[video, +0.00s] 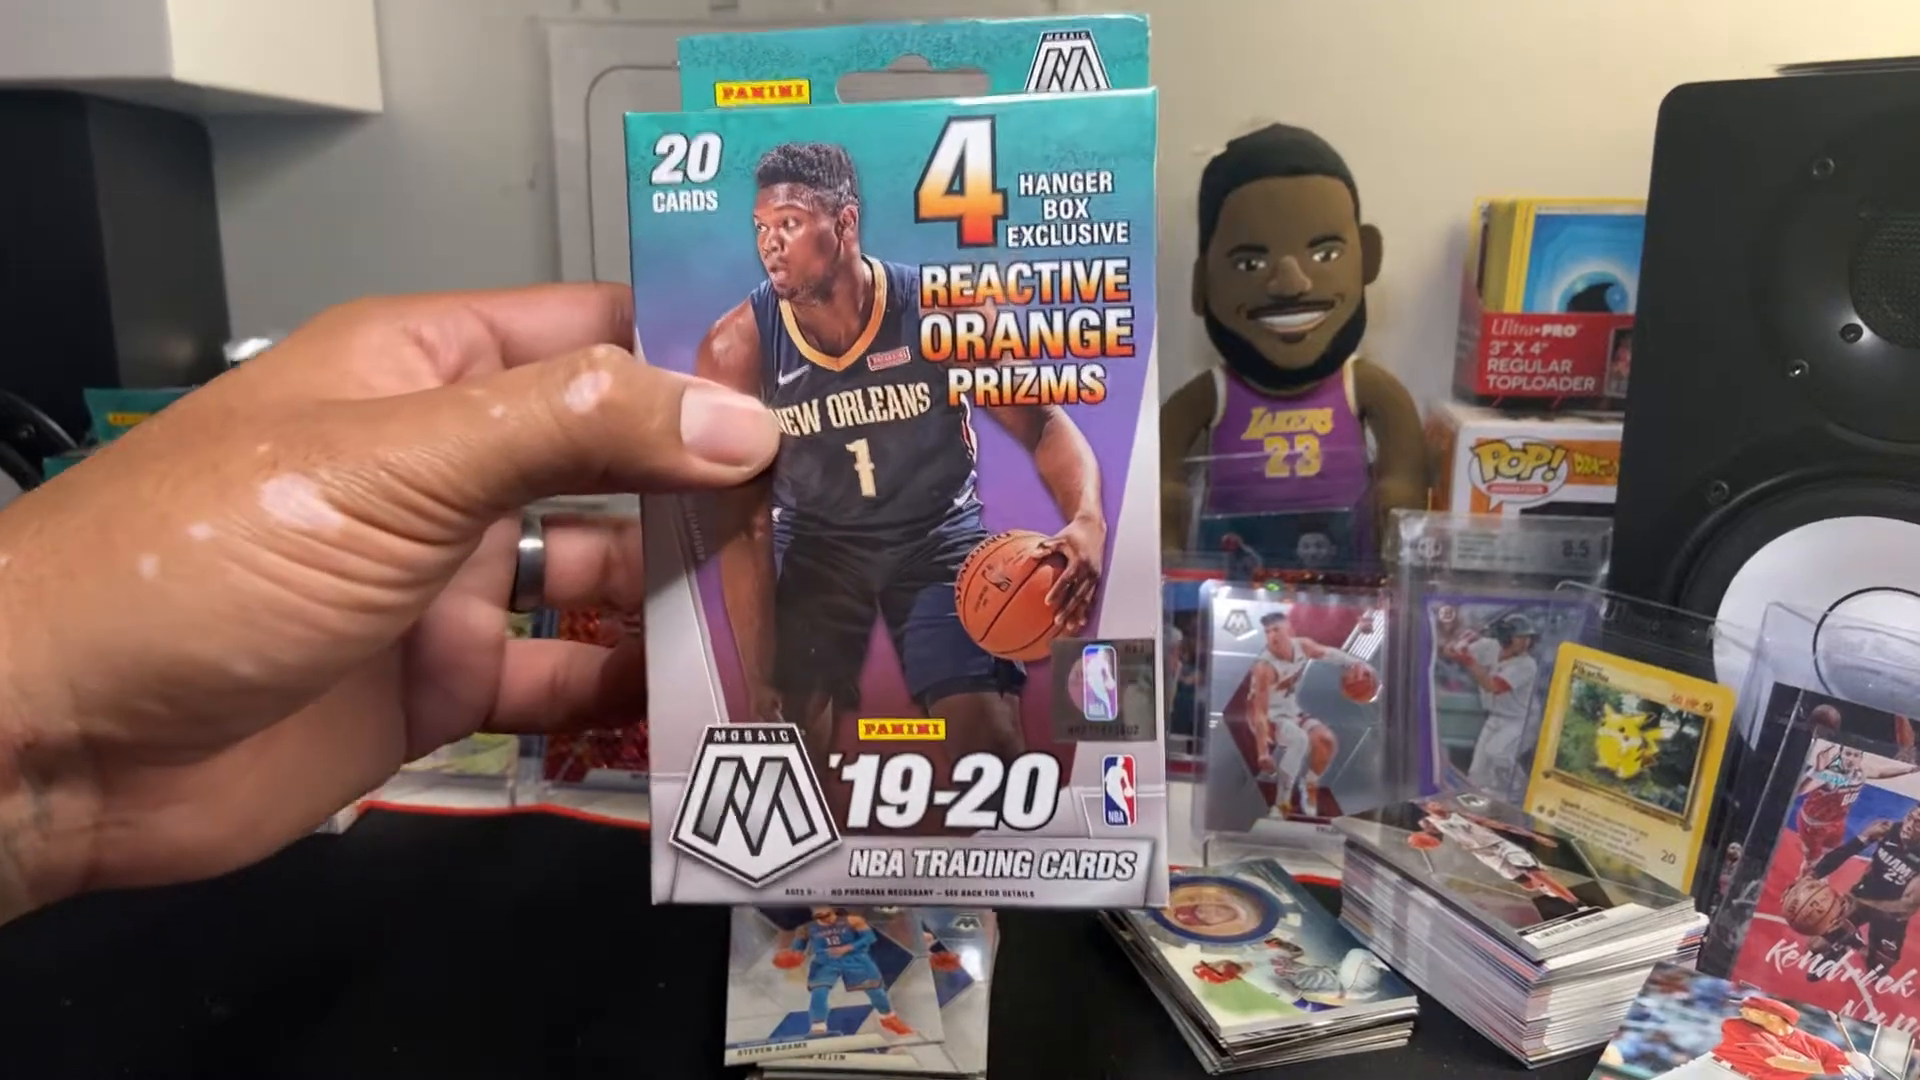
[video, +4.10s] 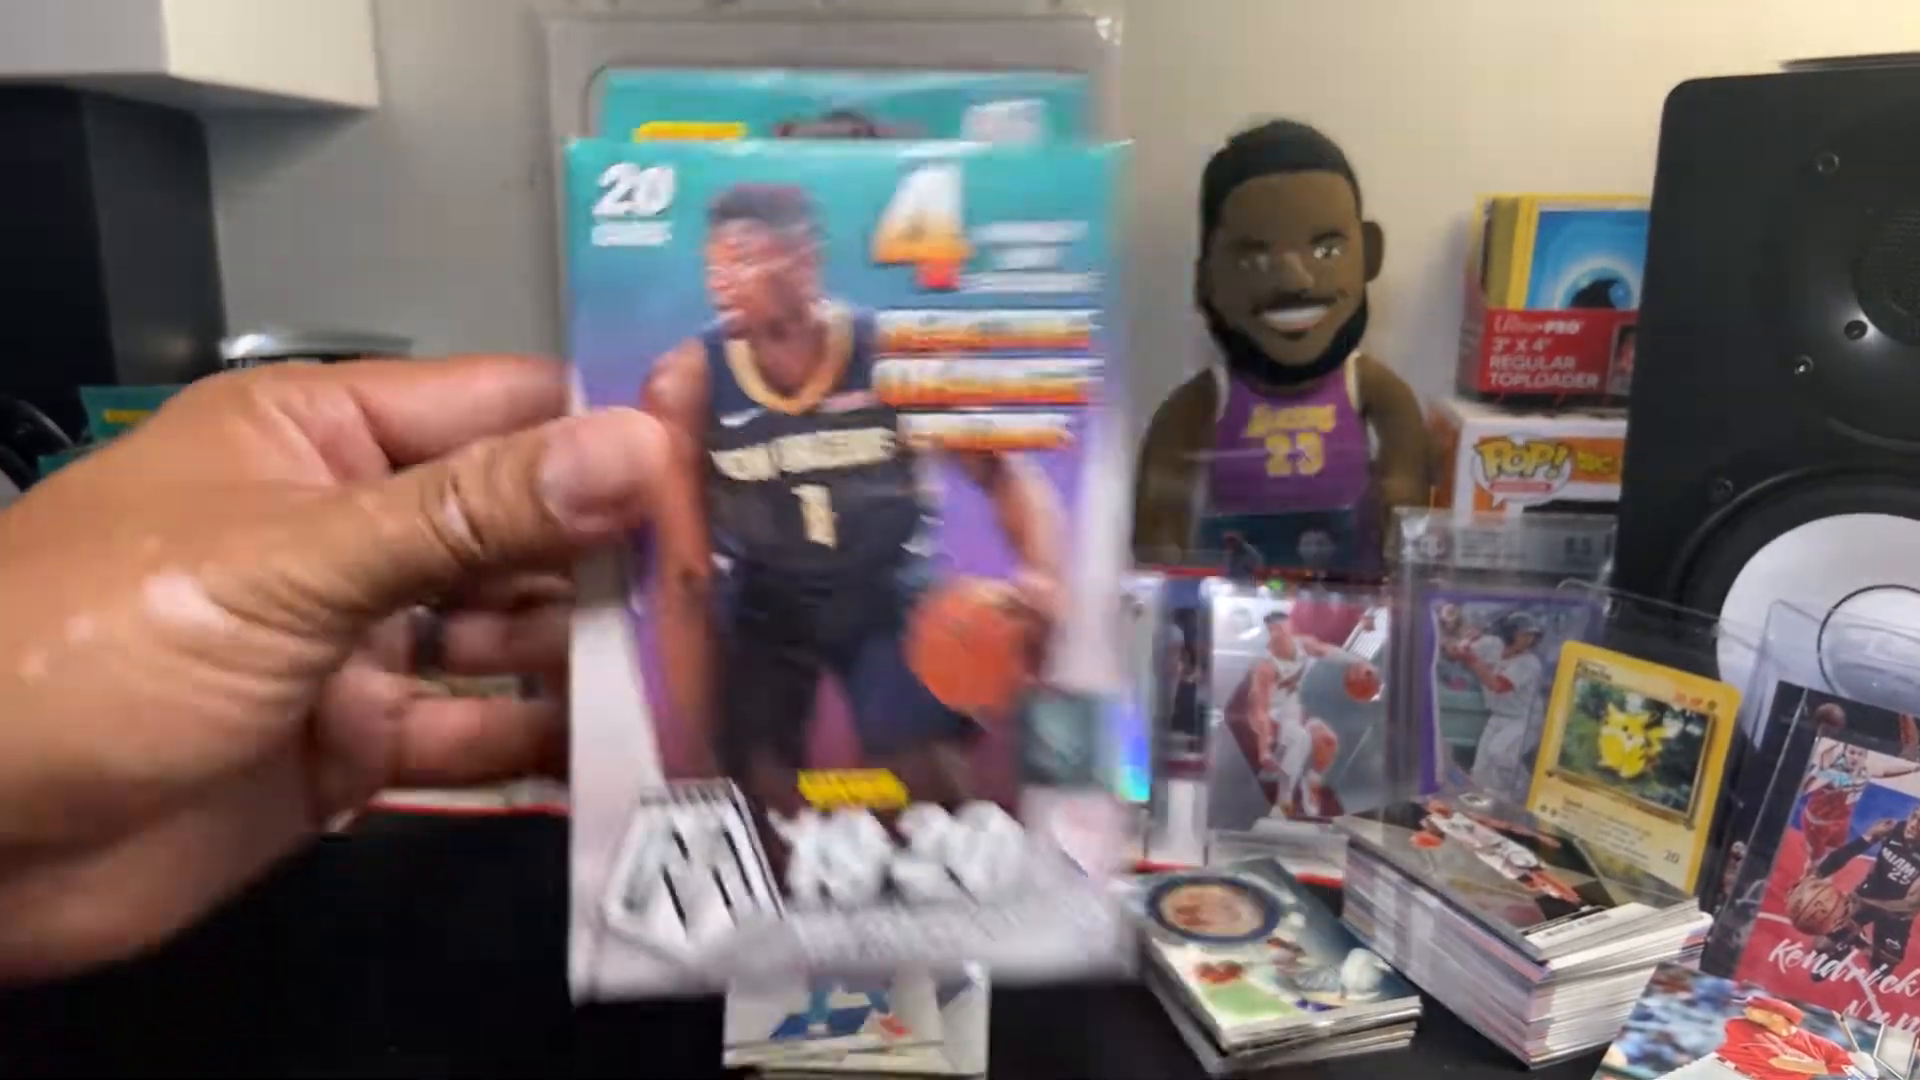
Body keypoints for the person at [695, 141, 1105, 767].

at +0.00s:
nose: (770, 245)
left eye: (789, 224)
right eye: (762, 228)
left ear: (847, 223)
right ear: (754, 234)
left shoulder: (939, 312)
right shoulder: (738, 346)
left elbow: (1041, 425)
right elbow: (742, 524)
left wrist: (1088, 519)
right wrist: (758, 688)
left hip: (940, 536)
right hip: (819, 546)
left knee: (984, 730)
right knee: (797, 735)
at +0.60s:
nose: (812, 268)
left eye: (830, 245)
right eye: (802, 251)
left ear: (889, 244)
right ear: (792, 260)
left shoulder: (984, 334)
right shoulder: (779, 371)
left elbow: (1094, 451)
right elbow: (786, 554)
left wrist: (1143, 547)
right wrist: (805, 717)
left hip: (990, 573)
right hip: (870, 585)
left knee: (1038, 761)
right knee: (857, 770)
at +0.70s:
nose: (821, 346)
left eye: (839, 322)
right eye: (811, 328)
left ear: (898, 322)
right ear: (803, 335)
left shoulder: (998, 413)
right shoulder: (788, 451)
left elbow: (1113, 532)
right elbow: (795, 642)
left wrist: (1163, 629)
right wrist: (815, 815)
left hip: (1004, 661)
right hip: (882, 671)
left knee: (1059, 851)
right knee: (867, 860)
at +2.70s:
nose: (750, 293)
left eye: (770, 273)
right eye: (743, 277)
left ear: (832, 273)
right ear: (735, 285)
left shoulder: (925, 362)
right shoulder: (716, 400)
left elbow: (1031, 477)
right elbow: (725, 586)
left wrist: (1076, 573)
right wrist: (739, 752)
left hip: (931, 595)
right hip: (804, 606)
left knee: (970, 786)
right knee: (783, 799)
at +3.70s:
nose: (759, 313)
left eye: (782, 289)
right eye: (751, 293)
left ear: (850, 286)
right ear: (743, 301)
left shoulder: (956, 386)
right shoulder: (723, 431)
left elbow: (1078, 513)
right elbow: (735, 642)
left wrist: (1135, 621)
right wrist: (751, 838)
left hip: (964, 649)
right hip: (822, 661)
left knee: (1021, 882)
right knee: (794, 887)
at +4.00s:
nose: (828, 306)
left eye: (854, 282)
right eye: (819, 283)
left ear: (922, 290)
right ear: (806, 292)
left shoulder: (1028, 406)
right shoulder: (780, 427)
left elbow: (1157, 557)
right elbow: (767, 655)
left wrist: (1202, 680)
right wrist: (767, 858)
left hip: (1008, 695)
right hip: (865, 698)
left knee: (1054, 907)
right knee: (837, 913)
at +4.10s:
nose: (720, 282)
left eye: (742, 260)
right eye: (715, 263)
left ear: (803, 263)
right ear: (708, 272)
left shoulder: (893, 358)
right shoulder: (686, 385)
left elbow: (1002, 473)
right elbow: (686, 580)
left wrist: (1042, 577)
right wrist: (690, 761)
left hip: (886, 600)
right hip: (768, 607)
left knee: (926, 769)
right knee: (757, 787)